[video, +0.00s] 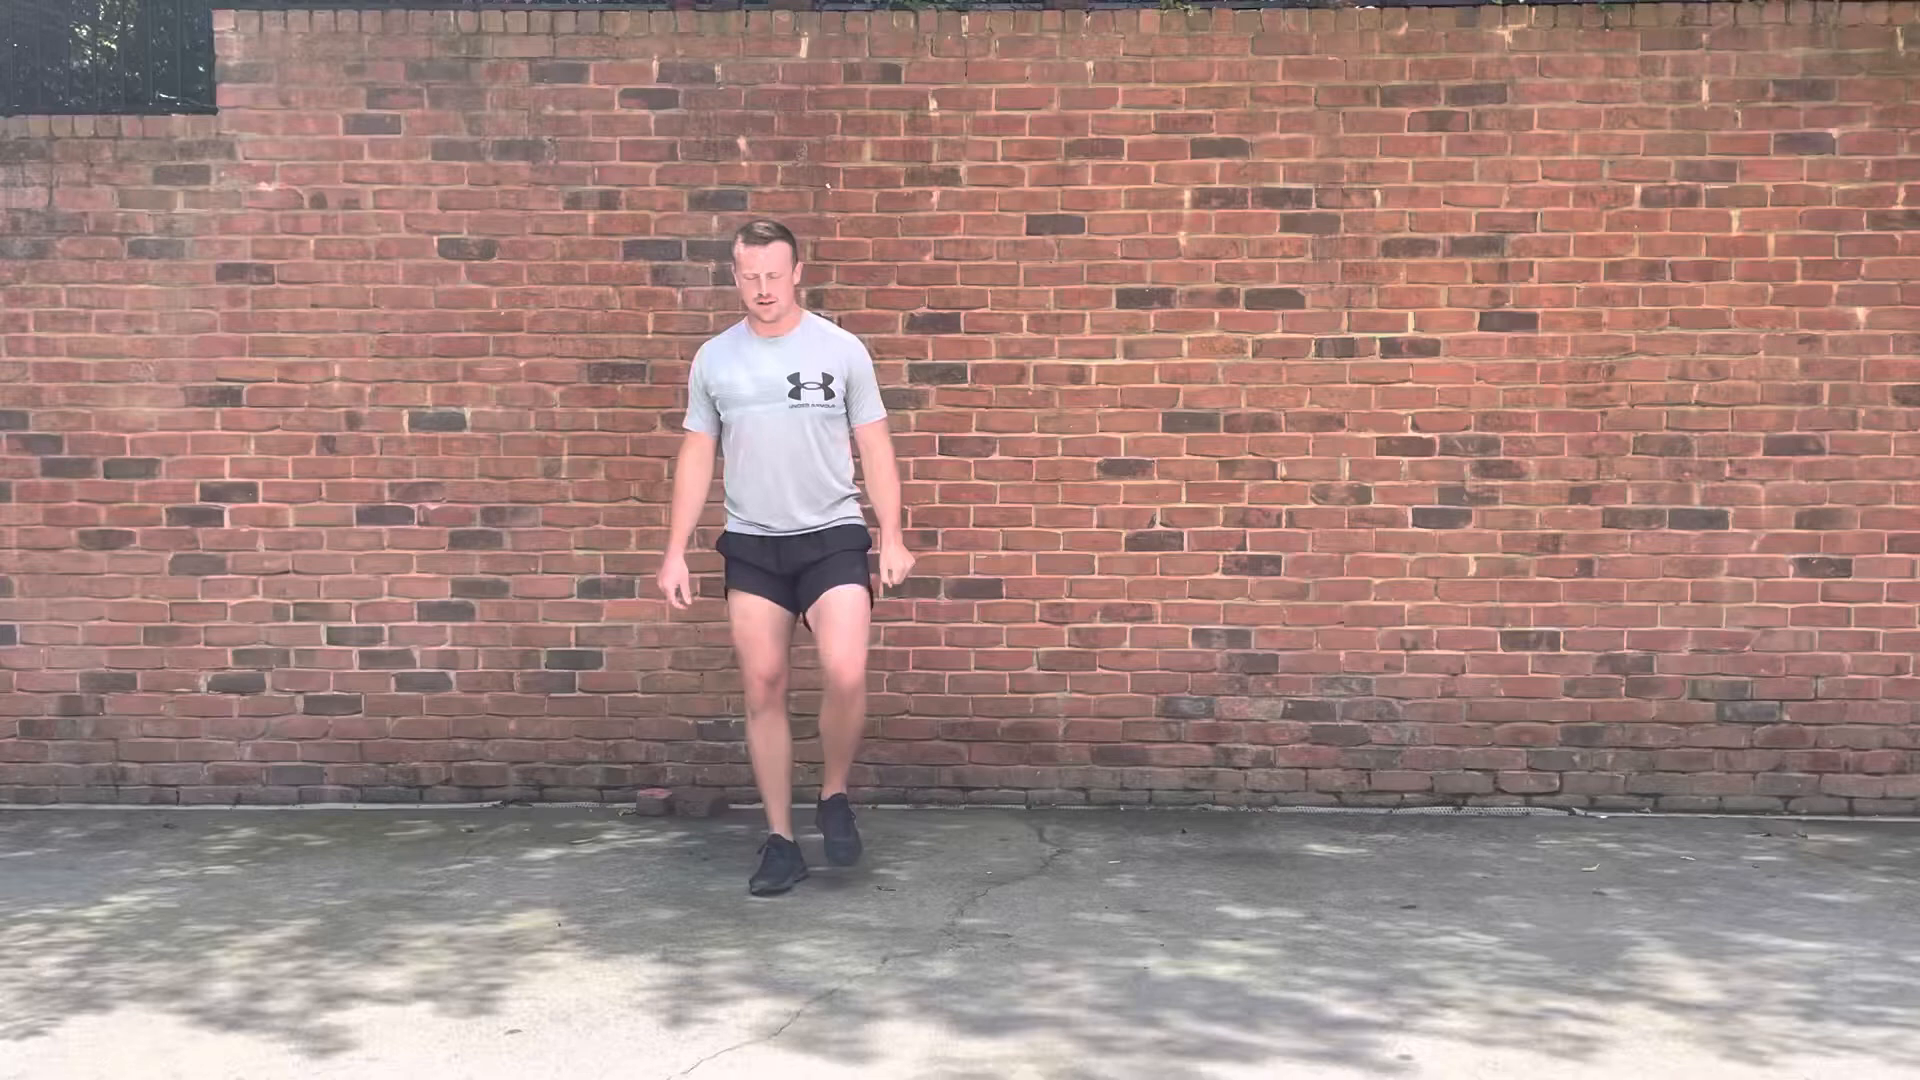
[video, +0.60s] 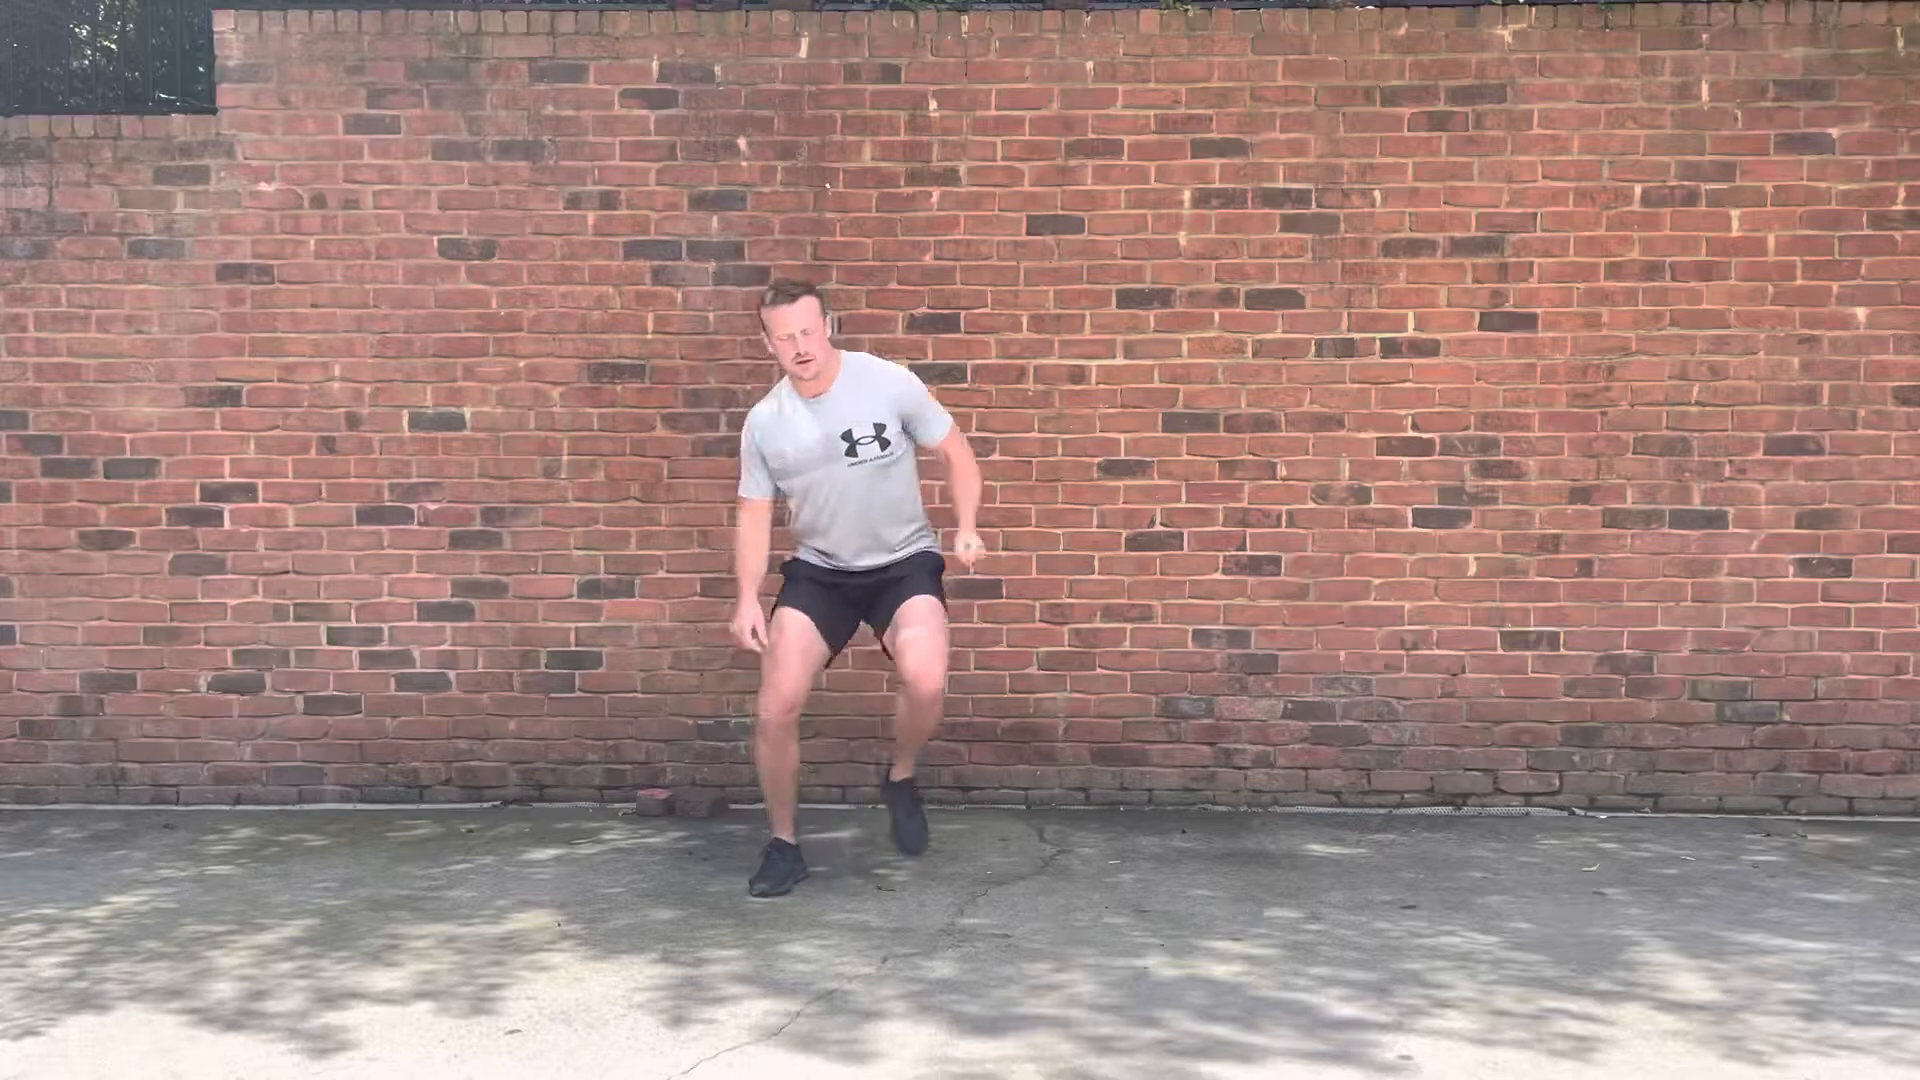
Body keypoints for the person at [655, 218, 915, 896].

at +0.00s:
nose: (761, 290)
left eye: (773, 276)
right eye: (749, 278)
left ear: (797, 273)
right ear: (734, 280)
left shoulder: (842, 350)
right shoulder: (714, 360)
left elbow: (874, 446)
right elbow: (696, 455)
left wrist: (891, 532)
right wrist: (676, 548)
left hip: (836, 537)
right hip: (752, 544)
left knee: (847, 675)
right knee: (763, 682)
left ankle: (835, 796)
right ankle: (779, 838)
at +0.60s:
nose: (798, 348)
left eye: (806, 333)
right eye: (784, 338)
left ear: (829, 328)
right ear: (770, 346)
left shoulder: (890, 383)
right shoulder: (764, 423)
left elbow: (955, 450)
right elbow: (754, 515)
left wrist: (966, 527)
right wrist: (747, 598)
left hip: (905, 562)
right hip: (820, 570)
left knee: (928, 683)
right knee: (775, 705)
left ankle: (900, 778)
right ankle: (783, 841)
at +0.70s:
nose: (847, 315)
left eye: (854, 299)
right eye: (832, 306)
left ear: (873, 292)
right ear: (814, 311)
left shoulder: (930, 346)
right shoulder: (801, 390)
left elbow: (1014, 382)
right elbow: (783, 471)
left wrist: (1004, 409)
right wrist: (778, 536)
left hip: (948, 532)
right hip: (859, 547)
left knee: (997, 636)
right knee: (817, 688)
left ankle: (966, 720)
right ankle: (787, 839)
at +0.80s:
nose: (905, 281)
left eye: (912, 265)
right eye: (889, 272)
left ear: (928, 255)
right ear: (869, 275)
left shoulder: (982, 308)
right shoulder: (852, 355)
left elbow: (1072, 339)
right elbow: (820, 443)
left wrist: (1030, 368)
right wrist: (815, 495)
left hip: (1001, 500)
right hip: (912, 518)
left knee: (1052, 618)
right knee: (877, 662)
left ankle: (1015, 681)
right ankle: (846, 821)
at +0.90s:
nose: (962, 284)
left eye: (969, 268)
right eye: (946, 274)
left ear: (984, 262)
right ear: (924, 279)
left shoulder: (1042, 314)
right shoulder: (907, 356)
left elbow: (1111, 364)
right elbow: (878, 435)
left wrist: (1070, 419)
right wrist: (857, 499)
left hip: (1051, 506)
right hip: (966, 518)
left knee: (1077, 639)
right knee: (949, 661)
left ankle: (1035, 700)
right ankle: (976, 804)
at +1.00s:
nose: (1000, 307)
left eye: (1007, 292)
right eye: (984, 297)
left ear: (1019, 287)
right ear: (958, 301)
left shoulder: (1076, 338)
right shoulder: (943, 381)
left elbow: (1137, 405)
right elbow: (916, 463)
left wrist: (1099, 461)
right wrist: (886, 524)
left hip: (1087, 525)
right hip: (1004, 536)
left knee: (1103, 664)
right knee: (1005, 682)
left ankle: (1053, 734)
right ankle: (1027, 835)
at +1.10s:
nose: (1052, 354)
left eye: (1058, 339)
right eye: (1035, 345)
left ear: (1070, 332)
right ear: (1010, 350)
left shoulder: (1125, 378)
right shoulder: (999, 433)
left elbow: (1181, 453)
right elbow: (965, 515)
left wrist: (1136, 504)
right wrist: (931, 581)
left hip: (1143, 561)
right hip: (1059, 570)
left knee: (1191, 688)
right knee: (1057, 708)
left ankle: (1128, 775)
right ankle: (1048, 846)